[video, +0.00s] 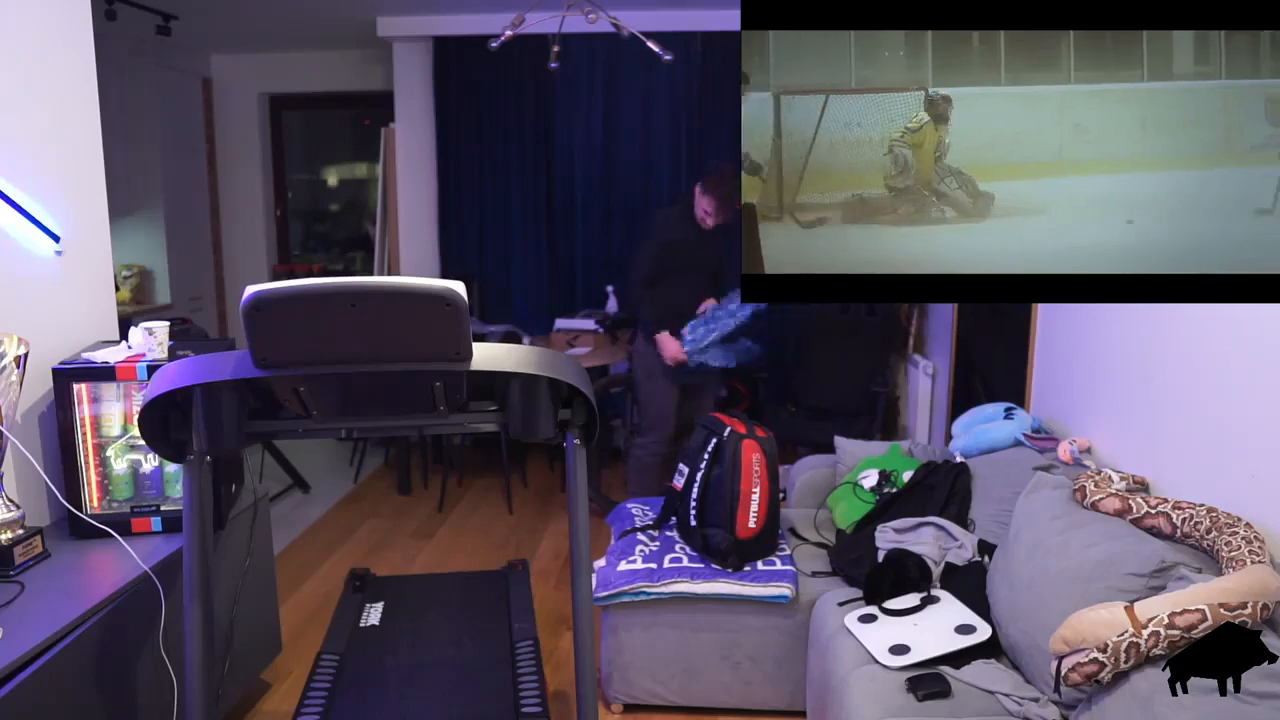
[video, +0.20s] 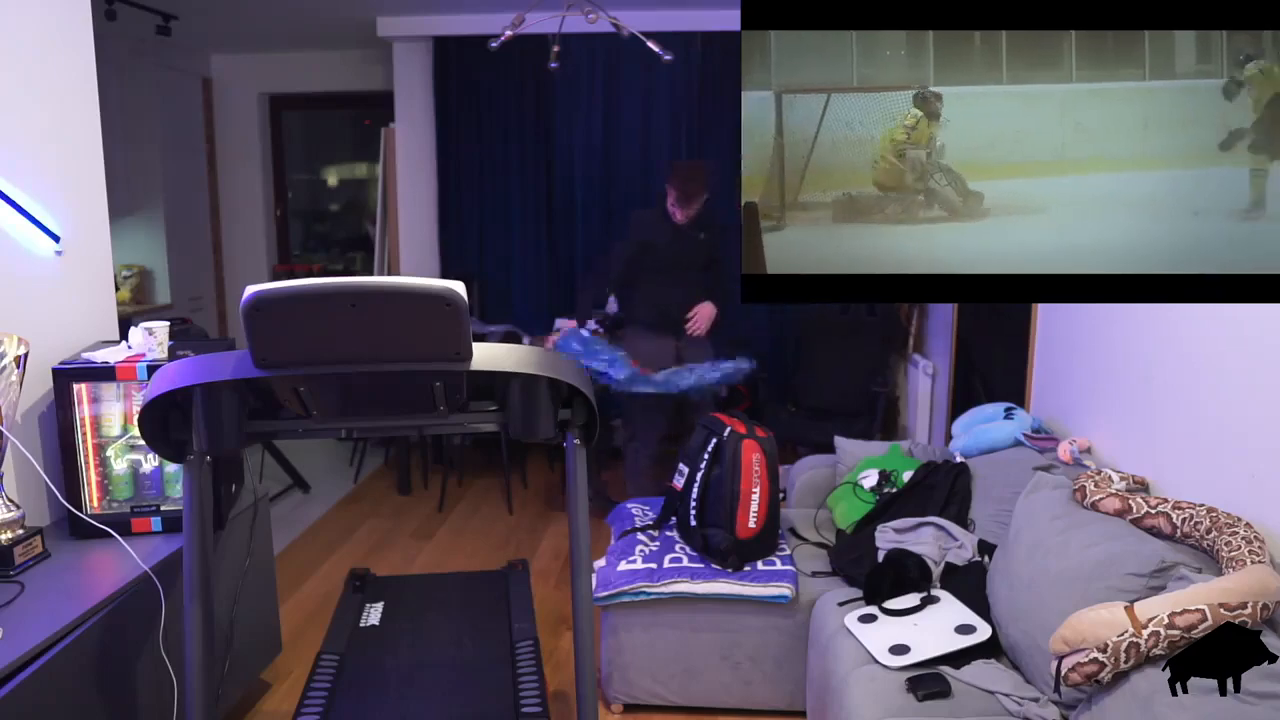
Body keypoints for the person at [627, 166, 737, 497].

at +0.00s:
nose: (708, 220)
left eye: (717, 215)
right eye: (705, 211)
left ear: (732, 210)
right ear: (696, 191)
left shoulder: (728, 234)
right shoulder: (667, 225)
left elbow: (727, 277)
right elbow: (641, 286)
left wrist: (715, 299)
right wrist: (660, 335)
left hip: (702, 341)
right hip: (656, 341)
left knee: (700, 426)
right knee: (658, 428)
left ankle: (690, 504)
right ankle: (644, 506)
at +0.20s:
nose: (680, 212)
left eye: (688, 205)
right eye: (674, 203)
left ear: (703, 198)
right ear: (666, 192)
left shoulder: (715, 233)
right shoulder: (643, 226)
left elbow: (727, 276)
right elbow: (608, 271)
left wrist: (713, 304)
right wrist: (585, 316)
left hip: (693, 345)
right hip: (643, 341)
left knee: (698, 425)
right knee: (645, 426)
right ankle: (643, 502)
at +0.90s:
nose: (626, 197)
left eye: (633, 188)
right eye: (618, 189)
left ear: (648, 178)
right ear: (609, 185)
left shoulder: (674, 220)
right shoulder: (606, 225)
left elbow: (703, 272)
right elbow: (583, 291)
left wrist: (677, 271)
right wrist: (590, 249)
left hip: (660, 343)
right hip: (610, 345)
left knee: (662, 440)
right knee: (620, 444)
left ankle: (677, 516)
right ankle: (633, 524)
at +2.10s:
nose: (650, 179)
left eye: (660, 173)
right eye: (646, 172)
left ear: (679, 175)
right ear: (636, 170)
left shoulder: (691, 214)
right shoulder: (624, 208)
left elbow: (690, 259)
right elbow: (582, 244)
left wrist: (665, 201)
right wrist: (610, 202)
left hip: (660, 346)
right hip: (608, 344)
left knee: (655, 448)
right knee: (600, 446)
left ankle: (654, 543)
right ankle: (596, 535)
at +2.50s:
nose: (631, 179)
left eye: (639, 171)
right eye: (627, 172)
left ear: (657, 171)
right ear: (619, 174)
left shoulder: (675, 205)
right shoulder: (610, 200)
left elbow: (671, 183)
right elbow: (570, 176)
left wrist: (634, 135)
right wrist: (585, 128)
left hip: (659, 348)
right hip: (608, 345)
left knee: (655, 456)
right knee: (594, 451)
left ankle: (657, 547)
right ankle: (588, 541)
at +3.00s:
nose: (616, 132)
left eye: (616, 127)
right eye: (609, 126)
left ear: (621, 137)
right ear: (596, 132)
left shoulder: (637, 192)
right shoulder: (571, 190)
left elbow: (618, 151)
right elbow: (544, 160)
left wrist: (593, 106)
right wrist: (579, 120)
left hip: (630, 341)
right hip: (580, 339)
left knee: (639, 452)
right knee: (580, 451)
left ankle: (651, 547)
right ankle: (581, 547)